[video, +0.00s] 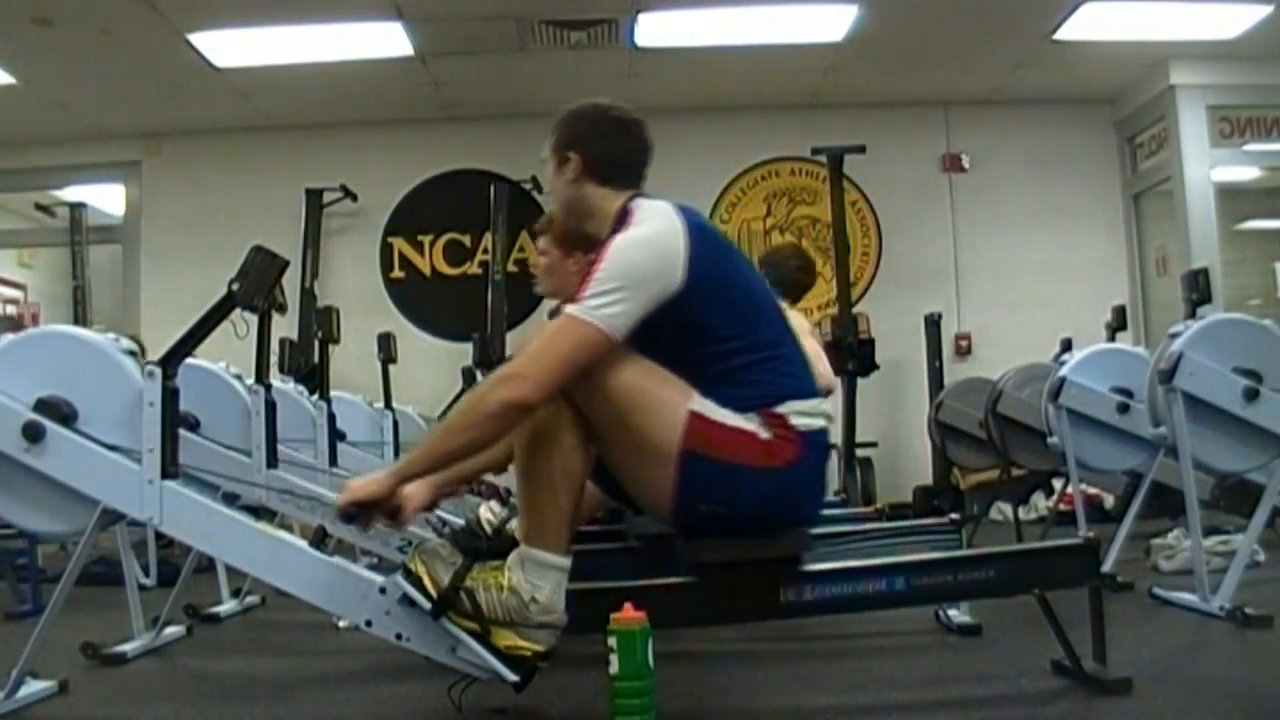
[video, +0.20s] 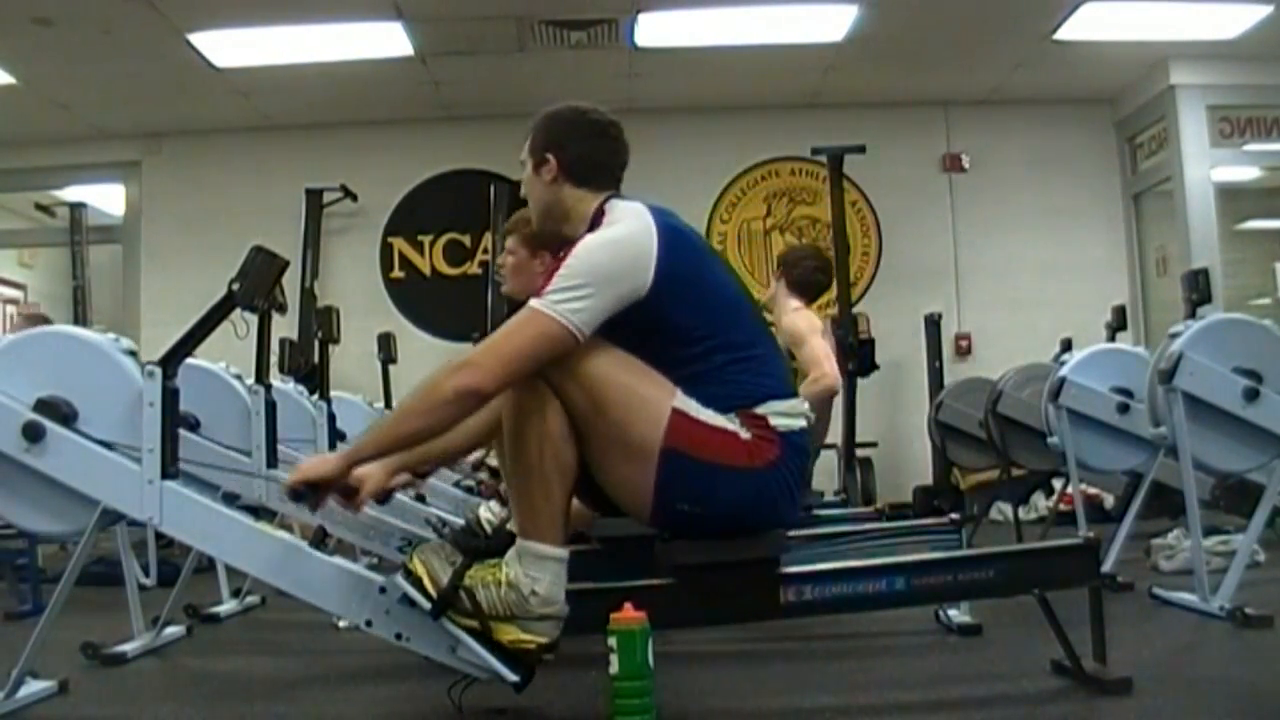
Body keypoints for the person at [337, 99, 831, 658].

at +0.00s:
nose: (548, 189)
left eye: (550, 171)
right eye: (549, 173)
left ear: (575, 168)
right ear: (621, 168)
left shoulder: (653, 235)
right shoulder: (648, 237)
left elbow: (522, 391)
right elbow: (535, 409)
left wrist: (394, 474)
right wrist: (430, 487)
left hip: (767, 465)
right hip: (755, 460)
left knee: (559, 363)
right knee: (559, 364)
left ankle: (537, 592)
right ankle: (537, 586)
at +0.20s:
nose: (524, 189)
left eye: (527, 171)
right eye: (526, 173)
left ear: (550, 168)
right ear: (595, 169)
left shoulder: (625, 239)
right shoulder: (621, 239)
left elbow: (476, 380)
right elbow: (499, 404)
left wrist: (346, 456)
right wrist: (391, 472)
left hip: (749, 465)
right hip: (733, 460)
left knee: (544, 359)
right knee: (536, 361)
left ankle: (535, 586)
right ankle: (531, 571)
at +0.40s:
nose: (570, 174)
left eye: (576, 156)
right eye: (574, 158)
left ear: (605, 151)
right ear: (631, 158)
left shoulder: (668, 229)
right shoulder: (649, 234)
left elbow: (517, 367)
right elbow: (522, 370)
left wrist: (378, 431)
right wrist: (405, 444)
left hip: (780, 462)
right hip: (751, 456)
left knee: (571, 358)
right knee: (553, 357)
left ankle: (538, 586)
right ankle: (532, 568)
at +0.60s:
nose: (663, 153)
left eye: (670, 135)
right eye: (666, 137)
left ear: (701, 136)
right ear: (718, 142)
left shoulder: (761, 219)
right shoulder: (724, 232)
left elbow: (618, 361)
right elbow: (602, 354)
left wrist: (459, 416)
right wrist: (472, 420)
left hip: (853, 454)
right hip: (807, 449)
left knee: (622, 355)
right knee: (606, 321)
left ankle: (544, 587)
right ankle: (535, 564)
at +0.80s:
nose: (761, 144)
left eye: (770, 126)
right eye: (764, 128)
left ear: (807, 128)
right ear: (821, 135)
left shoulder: (859, 212)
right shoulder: (832, 219)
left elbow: (704, 332)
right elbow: (702, 337)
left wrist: (548, 383)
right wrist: (558, 392)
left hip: (930, 441)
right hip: (880, 433)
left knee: (684, 399)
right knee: (666, 402)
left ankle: (544, 601)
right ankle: (538, 587)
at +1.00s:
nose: (834, 145)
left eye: (843, 125)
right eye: (840, 128)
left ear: (876, 126)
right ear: (889, 131)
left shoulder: (928, 213)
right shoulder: (898, 220)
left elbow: (781, 325)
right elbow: (779, 321)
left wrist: (628, 375)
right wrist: (642, 387)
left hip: (977, 448)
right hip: (937, 441)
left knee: (716, 443)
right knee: (703, 443)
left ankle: (534, 611)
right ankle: (528, 605)